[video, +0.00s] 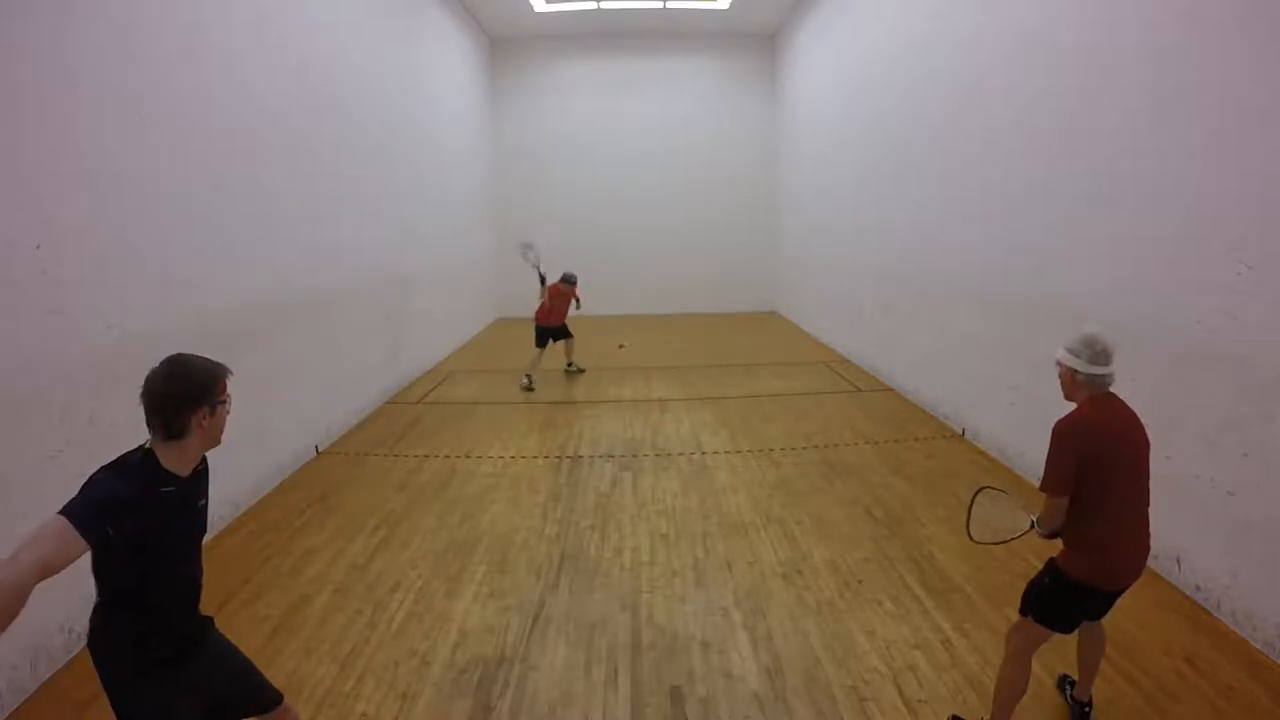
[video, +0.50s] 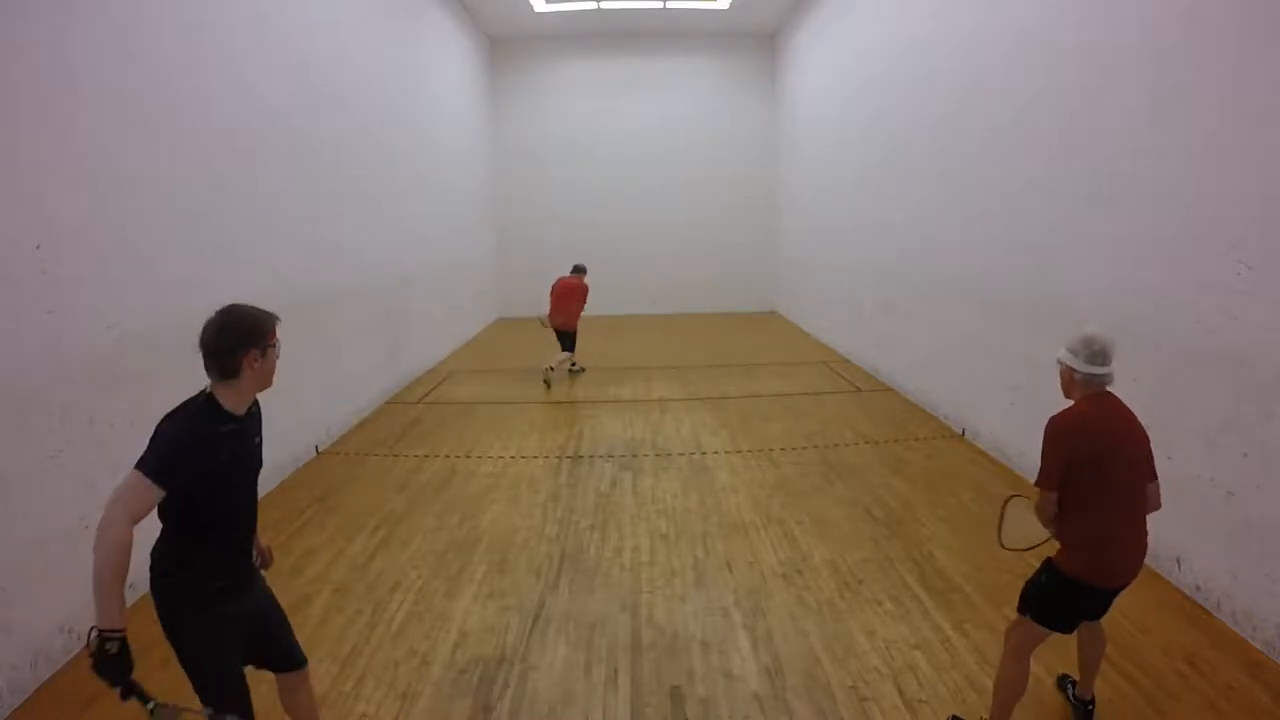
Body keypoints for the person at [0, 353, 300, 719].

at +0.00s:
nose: (228, 412)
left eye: (227, 403)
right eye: (224, 404)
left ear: (196, 420)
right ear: (201, 419)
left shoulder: (195, 466)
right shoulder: (117, 489)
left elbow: (175, 553)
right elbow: (22, 568)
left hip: (187, 627)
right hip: (132, 651)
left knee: (279, 711)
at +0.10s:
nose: (240, 409)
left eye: (238, 400)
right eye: (236, 401)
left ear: (176, 410)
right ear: (215, 416)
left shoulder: (209, 462)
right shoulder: (133, 486)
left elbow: (184, 549)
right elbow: (36, 567)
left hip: (198, 625)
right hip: (142, 645)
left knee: (289, 706)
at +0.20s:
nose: (257, 404)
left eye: (254, 394)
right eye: (252, 396)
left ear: (226, 412)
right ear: (231, 412)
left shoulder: (227, 457)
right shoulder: (155, 482)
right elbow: (70, 561)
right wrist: (12, 671)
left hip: (216, 617)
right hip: (162, 637)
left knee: (303, 695)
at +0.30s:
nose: (272, 392)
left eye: (271, 384)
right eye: (268, 385)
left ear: (240, 398)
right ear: (246, 397)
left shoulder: (241, 446)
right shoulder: (176, 470)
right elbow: (94, 555)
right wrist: (57, 669)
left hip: (234, 602)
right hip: (181, 623)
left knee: (312, 681)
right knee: (202, 713)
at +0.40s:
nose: (278, 374)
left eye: (276, 365)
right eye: (274, 366)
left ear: (247, 381)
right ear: (254, 379)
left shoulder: (250, 428)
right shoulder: (183, 449)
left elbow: (227, 508)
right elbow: (110, 539)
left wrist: (251, 556)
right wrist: (91, 653)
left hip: (240, 588)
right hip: (189, 607)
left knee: (306, 677)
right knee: (217, 711)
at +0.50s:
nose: (278, 355)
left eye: (277, 347)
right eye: (274, 348)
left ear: (248, 362)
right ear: (253, 361)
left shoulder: (248, 411)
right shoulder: (185, 429)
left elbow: (230, 489)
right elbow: (116, 520)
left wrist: (251, 537)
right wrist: (110, 635)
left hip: (239, 572)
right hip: (190, 592)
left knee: (293, 669)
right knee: (232, 710)